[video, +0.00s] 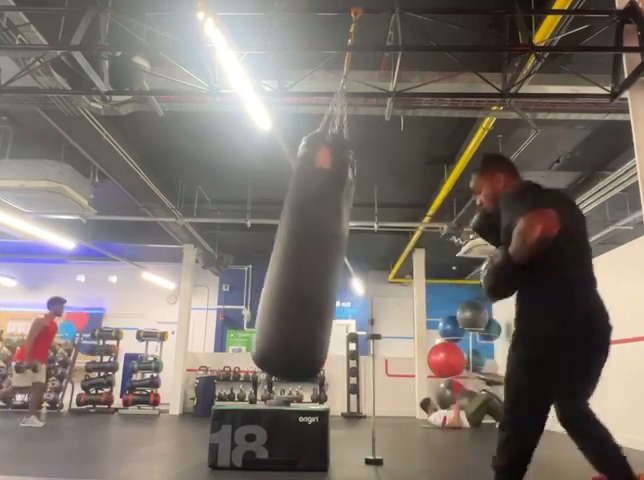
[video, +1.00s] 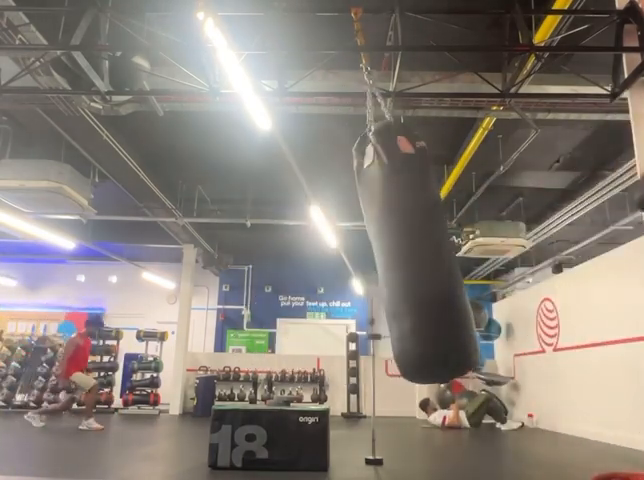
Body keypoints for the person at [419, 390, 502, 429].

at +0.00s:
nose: (434, 404)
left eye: (433, 402)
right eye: (432, 403)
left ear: (427, 408)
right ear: (429, 407)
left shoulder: (436, 414)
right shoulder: (435, 418)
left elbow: (452, 417)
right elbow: (455, 422)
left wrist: (456, 407)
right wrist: (456, 407)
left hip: (466, 414)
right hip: (468, 419)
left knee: (484, 398)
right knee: (486, 397)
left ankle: (503, 418)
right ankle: (504, 418)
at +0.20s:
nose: (435, 404)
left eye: (433, 403)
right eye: (432, 403)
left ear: (427, 408)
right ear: (429, 407)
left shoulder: (437, 414)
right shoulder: (434, 418)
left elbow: (452, 418)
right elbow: (455, 422)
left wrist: (457, 406)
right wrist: (455, 406)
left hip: (466, 414)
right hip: (468, 419)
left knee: (485, 395)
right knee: (486, 397)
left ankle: (502, 420)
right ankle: (504, 422)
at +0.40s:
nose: (435, 404)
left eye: (433, 403)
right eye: (432, 403)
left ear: (427, 408)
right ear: (429, 406)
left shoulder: (437, 414)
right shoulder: (434, 418)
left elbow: (452, 418)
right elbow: (455, 422)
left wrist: (457, 407)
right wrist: (455, 406)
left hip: (466, 414)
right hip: (468, 419)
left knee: (485, 395)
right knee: (486, 397)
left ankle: (502, 419)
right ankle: (503, 422)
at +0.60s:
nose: (435, 404)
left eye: (433, 402)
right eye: (432, 403)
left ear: (427, 408)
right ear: (429, 406)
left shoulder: (437, 414)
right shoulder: (434, 418)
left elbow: (452, 418)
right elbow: (455, 423)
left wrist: (456, 406)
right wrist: (454, 406)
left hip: (467, 414)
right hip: (468, 419)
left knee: (485, 394)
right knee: (486, 398)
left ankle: (504, 418)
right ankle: (503, 422)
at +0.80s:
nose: (434, 404)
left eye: (433, 403)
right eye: (432, 403)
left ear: (427, 408)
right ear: (429, 406)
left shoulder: (436, 414)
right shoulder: (435, 418)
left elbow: (452, 418)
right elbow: (455, 422)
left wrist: (456, 407)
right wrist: (454, 407)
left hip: (466, 414)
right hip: (468, 419)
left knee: (485, 395)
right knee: (486, 398)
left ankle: (503, 418)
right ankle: (503, 422)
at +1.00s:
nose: (434, 405)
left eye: (433, 404)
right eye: (432, 404)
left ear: (426, 409)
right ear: (428, 407)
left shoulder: (436, 414)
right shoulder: (435, 418)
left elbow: (452, 418)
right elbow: (455, 422)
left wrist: (455, 407)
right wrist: (454, 407)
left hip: (466, 414)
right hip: (468, 419)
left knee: (485, 395)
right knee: (486, 397)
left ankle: (502, 419)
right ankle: (503, 422)